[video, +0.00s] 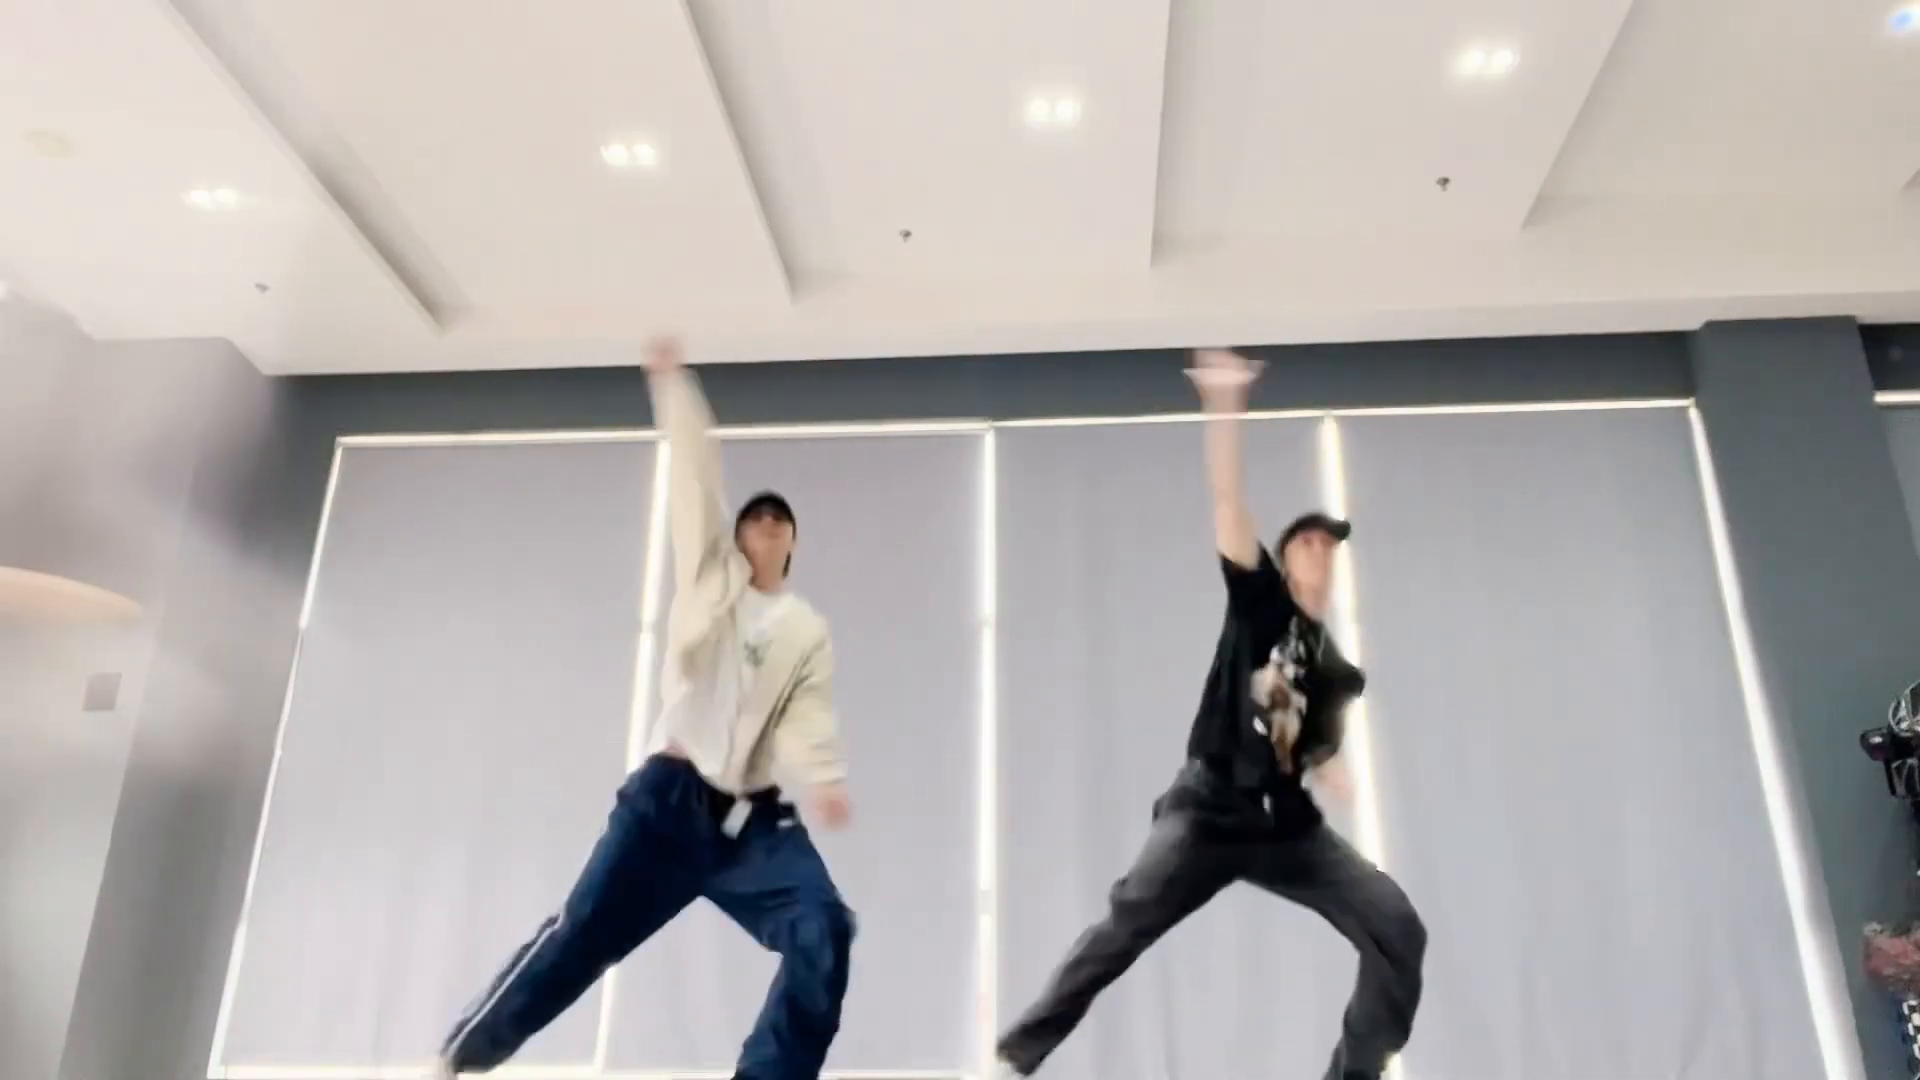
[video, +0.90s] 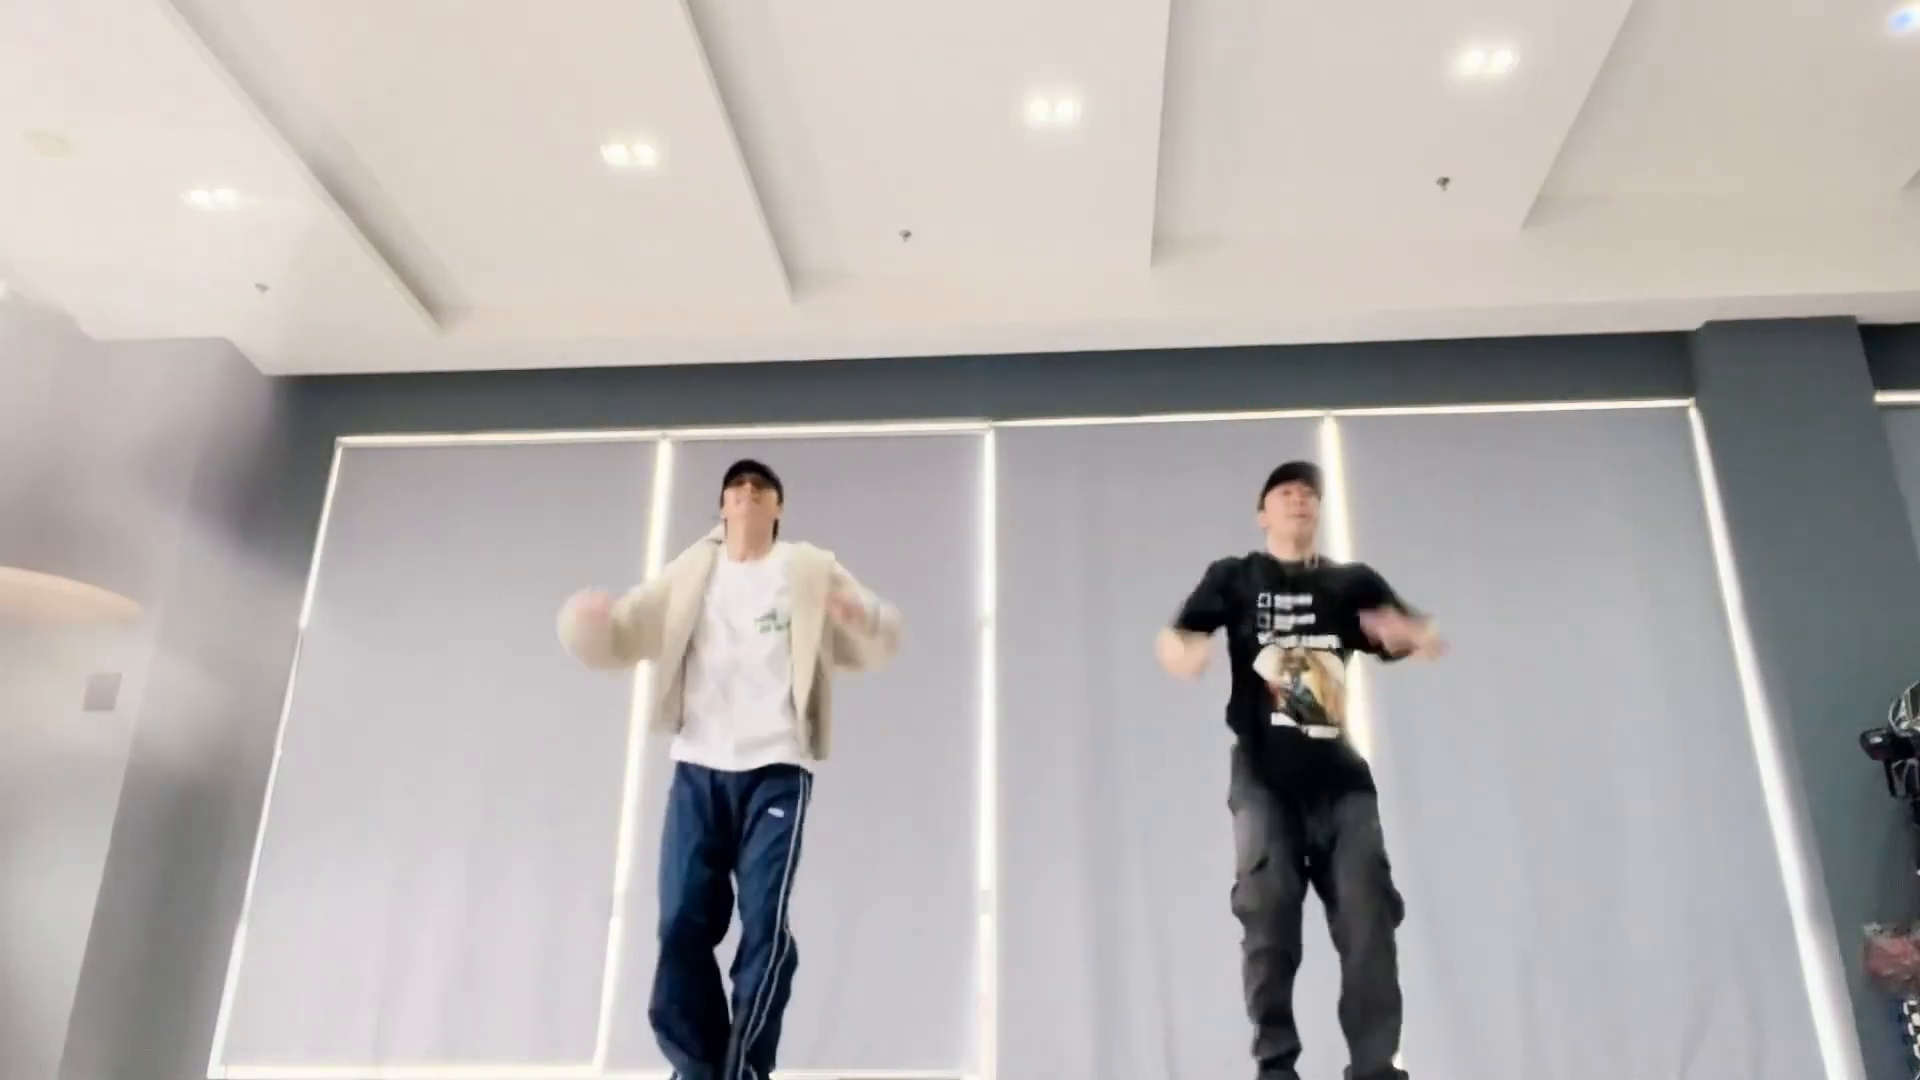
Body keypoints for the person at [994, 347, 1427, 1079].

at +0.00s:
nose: (1324, 555)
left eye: (1331, 547)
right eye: (1311, 545)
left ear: (1335, 565)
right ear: (1284, 560)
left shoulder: (1334, 667)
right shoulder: (1256, 597)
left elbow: (1330, 770)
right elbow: (1226, 497)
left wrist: (1316, 760)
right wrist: (1224, 403)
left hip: (1288, 830)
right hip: (1208, 817)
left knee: (1397, 929)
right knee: (1126, 925)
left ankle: (1357, 1070)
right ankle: (1015, 1058)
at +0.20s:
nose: (1306, 484)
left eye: (1316, 478)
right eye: (1293, 476)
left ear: (1327, 498)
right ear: (1266, 498)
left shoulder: (1350, 576)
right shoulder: (1236, 550)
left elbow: (1426, 627)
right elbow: (1143, 571)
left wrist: (1515, 623)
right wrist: (1043, 580)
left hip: (1312, 758)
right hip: (1236, 748)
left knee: (1338, 907)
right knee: (1251, 895)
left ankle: (1375, 1065)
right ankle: (1278, 1069)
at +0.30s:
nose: (1296, 487)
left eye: (1306, 481)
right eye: (1283, 479)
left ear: (1318, 501)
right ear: (1257, 497)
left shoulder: (1347, 571)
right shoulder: (1228, 557)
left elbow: (1435, 599)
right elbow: (1142, 575)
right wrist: (1115, 539)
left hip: (1337, 765)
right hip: (1257, 758)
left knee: (1363, 920)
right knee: (1258, 915)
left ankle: (1376, 1068)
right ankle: (1269, 1071)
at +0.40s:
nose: (1298, 518)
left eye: (1308, 511)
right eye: (1284, 510)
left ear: (1322, 530)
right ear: (1261, 526)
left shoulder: (1351, 578)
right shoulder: (1230, 580)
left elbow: (1425, 520)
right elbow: (1156, 527)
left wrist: (1354, 529)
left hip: (1345, 787)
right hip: (1263, 781)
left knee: (1393, 914)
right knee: (1265, 908)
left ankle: (1393, 1067)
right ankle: (1265, 1066)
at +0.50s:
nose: (1300, 532)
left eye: (1309, 525)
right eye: (1286, 524)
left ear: (1320, 543)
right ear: (1262, 542)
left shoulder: (1346, 591)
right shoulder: (1239, 595)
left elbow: (1442, 560)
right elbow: (1145, 561)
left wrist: (1388, 576)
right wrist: (1218, 573)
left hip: (1349, 801)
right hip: (1268, 796)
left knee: (1394, 930)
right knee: (1267, 920)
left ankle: (1399, 1076)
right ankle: (1268, 1069)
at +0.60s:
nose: (1296, 483)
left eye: (1305, 476)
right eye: (1283, 476)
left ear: (1318, 495)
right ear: (1260, 496)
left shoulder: (1350, 568)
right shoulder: (1234, 566)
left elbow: (1393, 645)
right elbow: (1179, 642)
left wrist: (1404, 706)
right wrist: (1193, 686)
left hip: (1348, 764)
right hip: (1265, 760)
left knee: (1379, 912)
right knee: (1263, 904)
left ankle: (1391, 1067)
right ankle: (1268, 1064)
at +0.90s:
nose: (1299, 501)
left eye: (1308, 493)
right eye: (1286, 493)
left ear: (1321, 512)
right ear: (1263, 513)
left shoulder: (1350, 582)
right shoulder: (1234, 577)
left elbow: (1423, 637)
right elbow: (1175, 647)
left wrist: (1401, 633)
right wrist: (1189, 648)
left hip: (1338, 767)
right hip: (1263, 767)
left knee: (1369, 912)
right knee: (1269, 908)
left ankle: (1375, 1065)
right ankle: (1275, 1065)